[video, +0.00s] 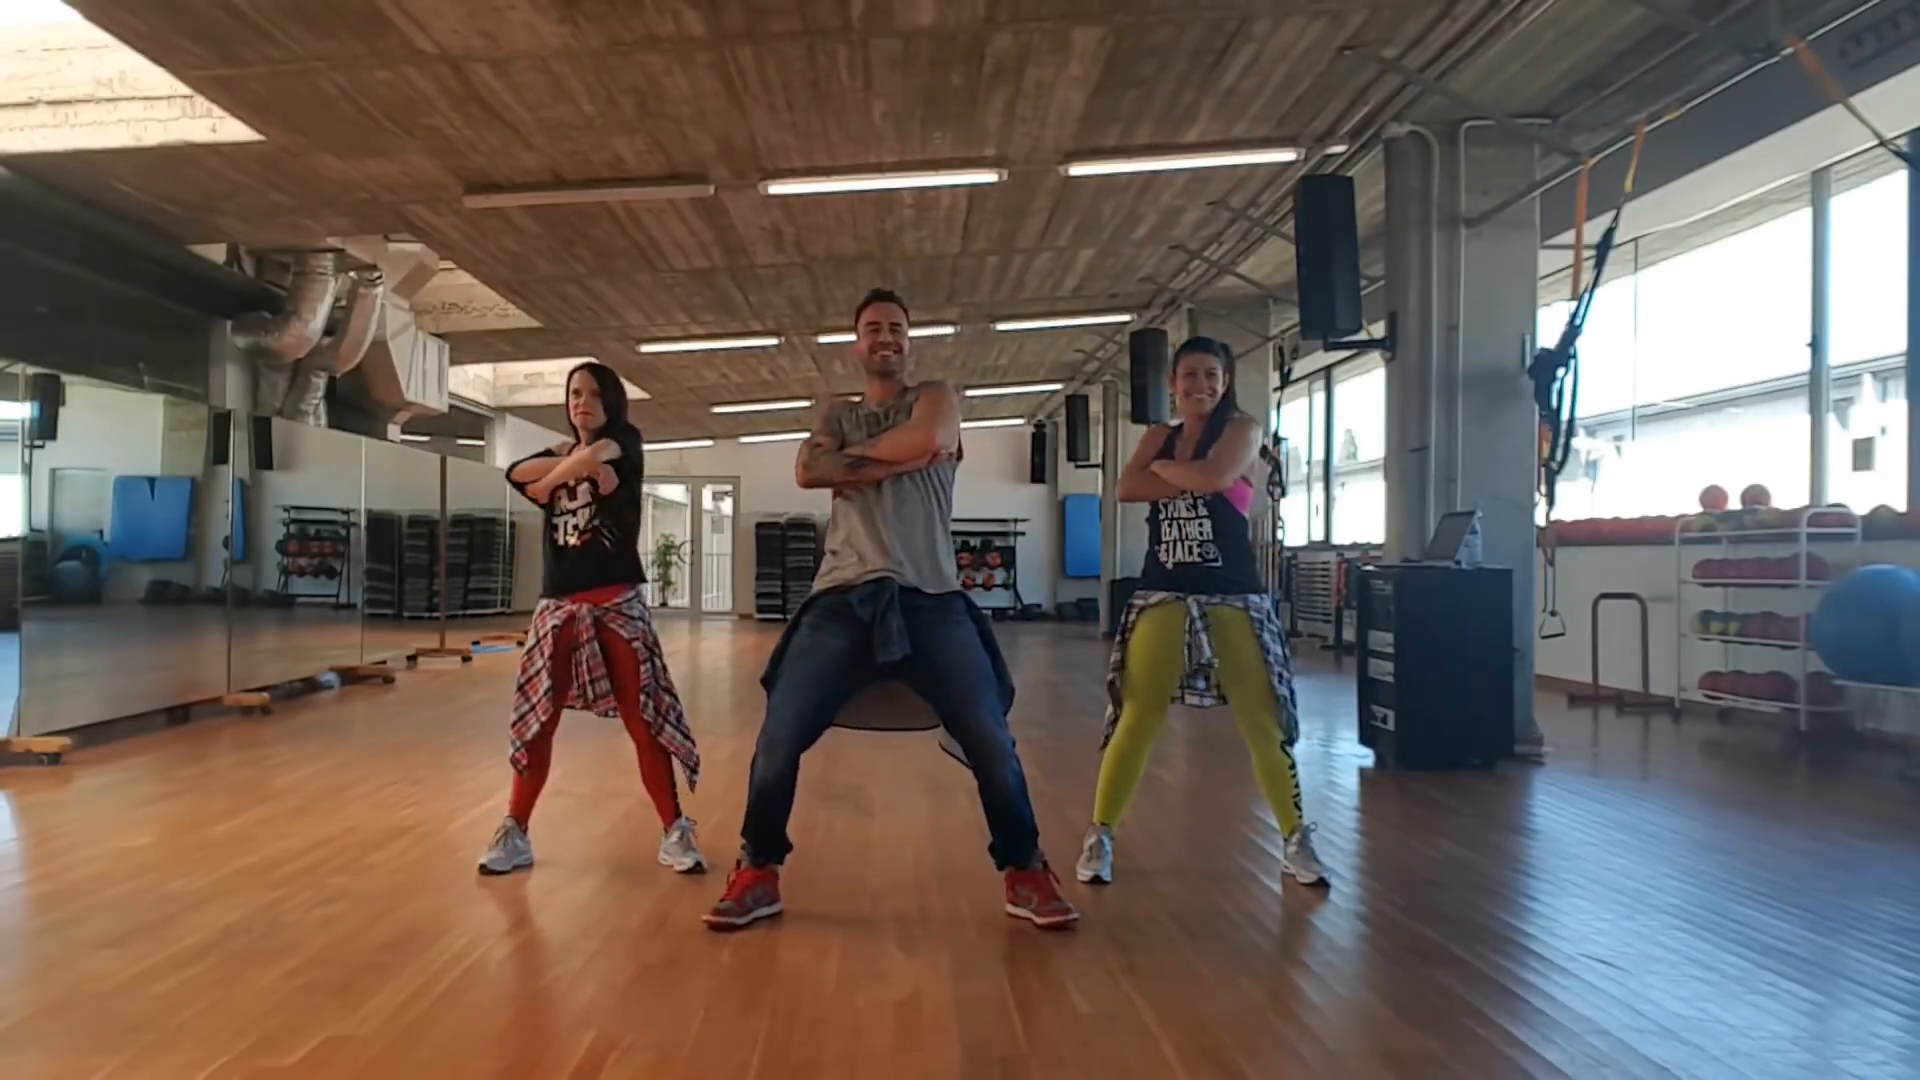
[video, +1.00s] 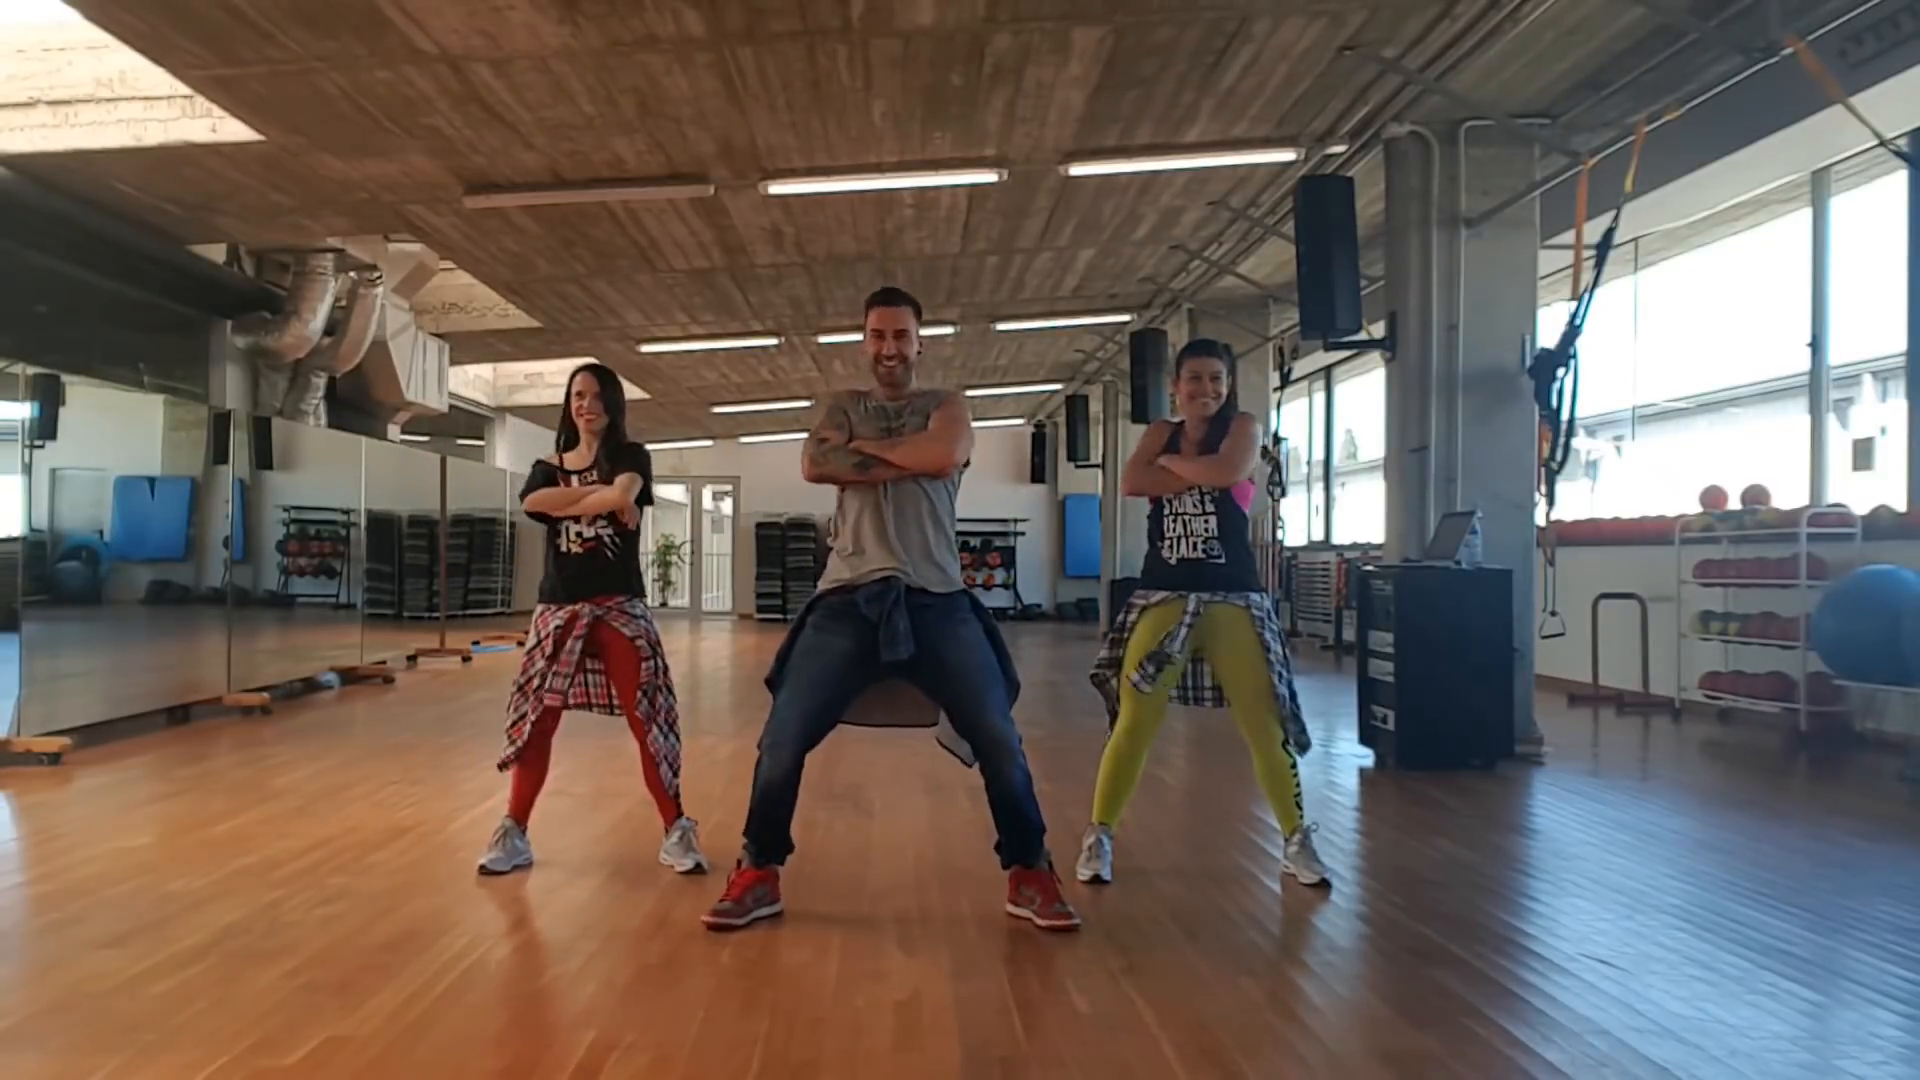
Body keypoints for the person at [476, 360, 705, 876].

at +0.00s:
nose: (582, 402)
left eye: (591, 395)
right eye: (575, 395)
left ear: (611, 401)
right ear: (567, 403)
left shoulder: (625, 443)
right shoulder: (556, 454)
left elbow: (589, 460)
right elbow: (515, 474)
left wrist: (546, 485)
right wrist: (577, 462)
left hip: (617, 598)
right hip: (559, 602)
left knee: (642, 717)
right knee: (537, 714)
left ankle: (675, 830)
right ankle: (515, 832)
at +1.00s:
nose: (586, 404)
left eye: (595, 397)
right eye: (578, 396)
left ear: (612, 404)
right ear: (568, 405)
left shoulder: (631, 455)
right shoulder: (550, 463)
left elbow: (619, 498)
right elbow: (532, 502)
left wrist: (561, 505)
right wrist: (601, 494)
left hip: (618, 602)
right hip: (558, 606)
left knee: (645, 713)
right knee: (539, 715)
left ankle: (676, 829)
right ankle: (514, 832)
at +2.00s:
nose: (593, 404)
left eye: (602, 396)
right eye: (585, 396)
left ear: (621, 403)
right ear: (575, 402)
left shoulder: (638, 450)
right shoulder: (558, 453)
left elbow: (640, 489)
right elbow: (555, 492)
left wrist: (580, 487)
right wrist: (625, 483)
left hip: (628, 598)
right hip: (567, 599)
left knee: (649, 713)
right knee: (541, 712)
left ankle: (677, 830)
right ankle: (515, 832)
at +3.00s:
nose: (606, 394)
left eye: (616, 388)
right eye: (599, 387)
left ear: (633, 400)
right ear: (588, 399)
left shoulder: (652, 455)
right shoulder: (568, 453)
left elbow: (643, 479)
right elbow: (557, 480)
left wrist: (587, 485)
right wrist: (628, 475)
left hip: (637, 602)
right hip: (575, 602)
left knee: (664, 719)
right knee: (533, 712)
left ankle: (686, 831)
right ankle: (526, 835)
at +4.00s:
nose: (619, 400)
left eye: (628, 392)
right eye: (613, 392)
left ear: (647, 400)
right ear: (603, 399)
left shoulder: (661, 458)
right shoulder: (585, 446)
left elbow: (663, 486)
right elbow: (570, 478)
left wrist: (597, 480)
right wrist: (642, 479)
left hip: (640, 601)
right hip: (579, 597)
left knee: (661, 719)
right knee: (545, 711)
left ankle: (687, 831)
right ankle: (519, 833)